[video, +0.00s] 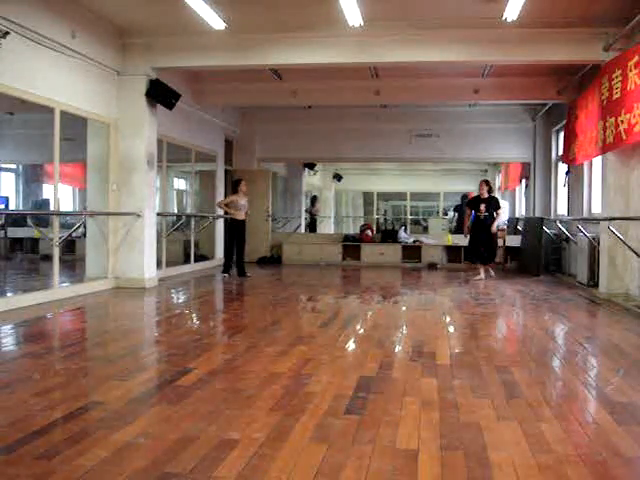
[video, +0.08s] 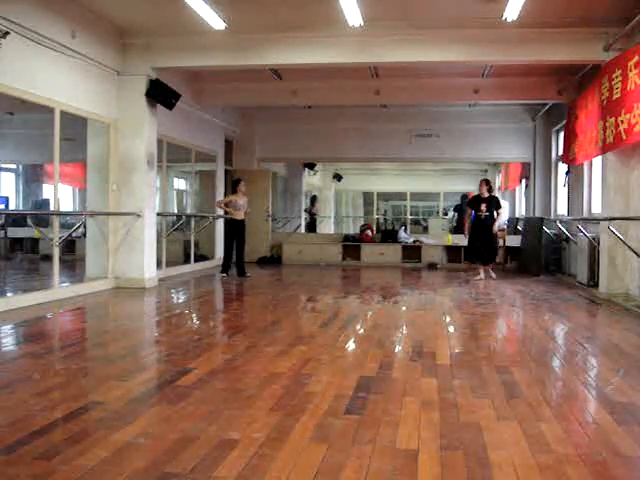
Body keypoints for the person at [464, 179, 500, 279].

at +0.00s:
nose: (481, 188)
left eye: (483, 186)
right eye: (480, 186)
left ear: (488, 187)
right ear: (479, 187)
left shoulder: (493, 200)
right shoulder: (474, 200)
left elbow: (499, 214)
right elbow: (468, 214)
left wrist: (494, 224)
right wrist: (466, 226)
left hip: (488, 226)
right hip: (477, 226)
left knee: (489, 248)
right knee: (477, 249)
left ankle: (489, 267)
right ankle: (481, 273)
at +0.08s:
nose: (480, 187)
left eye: (482, 185)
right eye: (480, 185)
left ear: (487, 187)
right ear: (479, 187)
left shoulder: (494, 199)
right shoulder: (474, 199)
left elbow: (499, 214)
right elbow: (468, 214)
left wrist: (495, 224)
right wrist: (466, 227)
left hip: (489, 227)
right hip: (477, 226)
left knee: (490, 249)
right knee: (478, 249)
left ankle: (489, 268)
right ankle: (481, 273)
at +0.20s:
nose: (482, 185)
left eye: (484, 183)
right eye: (482, 183)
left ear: (489, 185)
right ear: (481, 184)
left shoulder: (496, 197)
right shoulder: (476, 196)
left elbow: (502, 209)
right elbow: (469, 209)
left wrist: (497, 219)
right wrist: (471, 222)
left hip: (491, 224)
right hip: (479, 225)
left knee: (493, 249)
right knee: (479, 249)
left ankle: (494, 273)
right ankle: (481, 273)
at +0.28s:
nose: (482, 184)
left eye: (485, 183)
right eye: (482, 182)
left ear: (490, 184)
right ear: (482, 184)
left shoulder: (496, 196)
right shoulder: (477, 195)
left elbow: (504, 208)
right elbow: (470, 206)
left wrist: (498, 217)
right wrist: (470, 218)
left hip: (492, 223)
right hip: (479, 223)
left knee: (493, 248)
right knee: (479, 247)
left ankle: (495, 274)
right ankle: (481, 272)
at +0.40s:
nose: (485, 186)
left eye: (487, 184)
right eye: (485, 184)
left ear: (493, 185)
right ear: (485, 185)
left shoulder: (500, 196)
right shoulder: (481, 195)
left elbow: (508, 208)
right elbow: (472, 206)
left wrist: (501, 213)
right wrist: (470, 211)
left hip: (495, 226)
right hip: (483, 225)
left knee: (496, 249)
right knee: (482, 248)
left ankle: (497, 275)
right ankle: (483, 272)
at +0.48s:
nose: (487, 186)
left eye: (489, 184)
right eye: (487, 184)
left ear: (495, 186)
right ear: (488, 186)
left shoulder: (502, 199)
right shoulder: (483, 198)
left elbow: (510, 213)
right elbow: (479, 212)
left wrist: (502, 214)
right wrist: (472, 218)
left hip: (499, 229)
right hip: (486, 228)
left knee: (498, 251)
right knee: (482, 249)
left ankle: (497, 276)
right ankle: (483, 271)